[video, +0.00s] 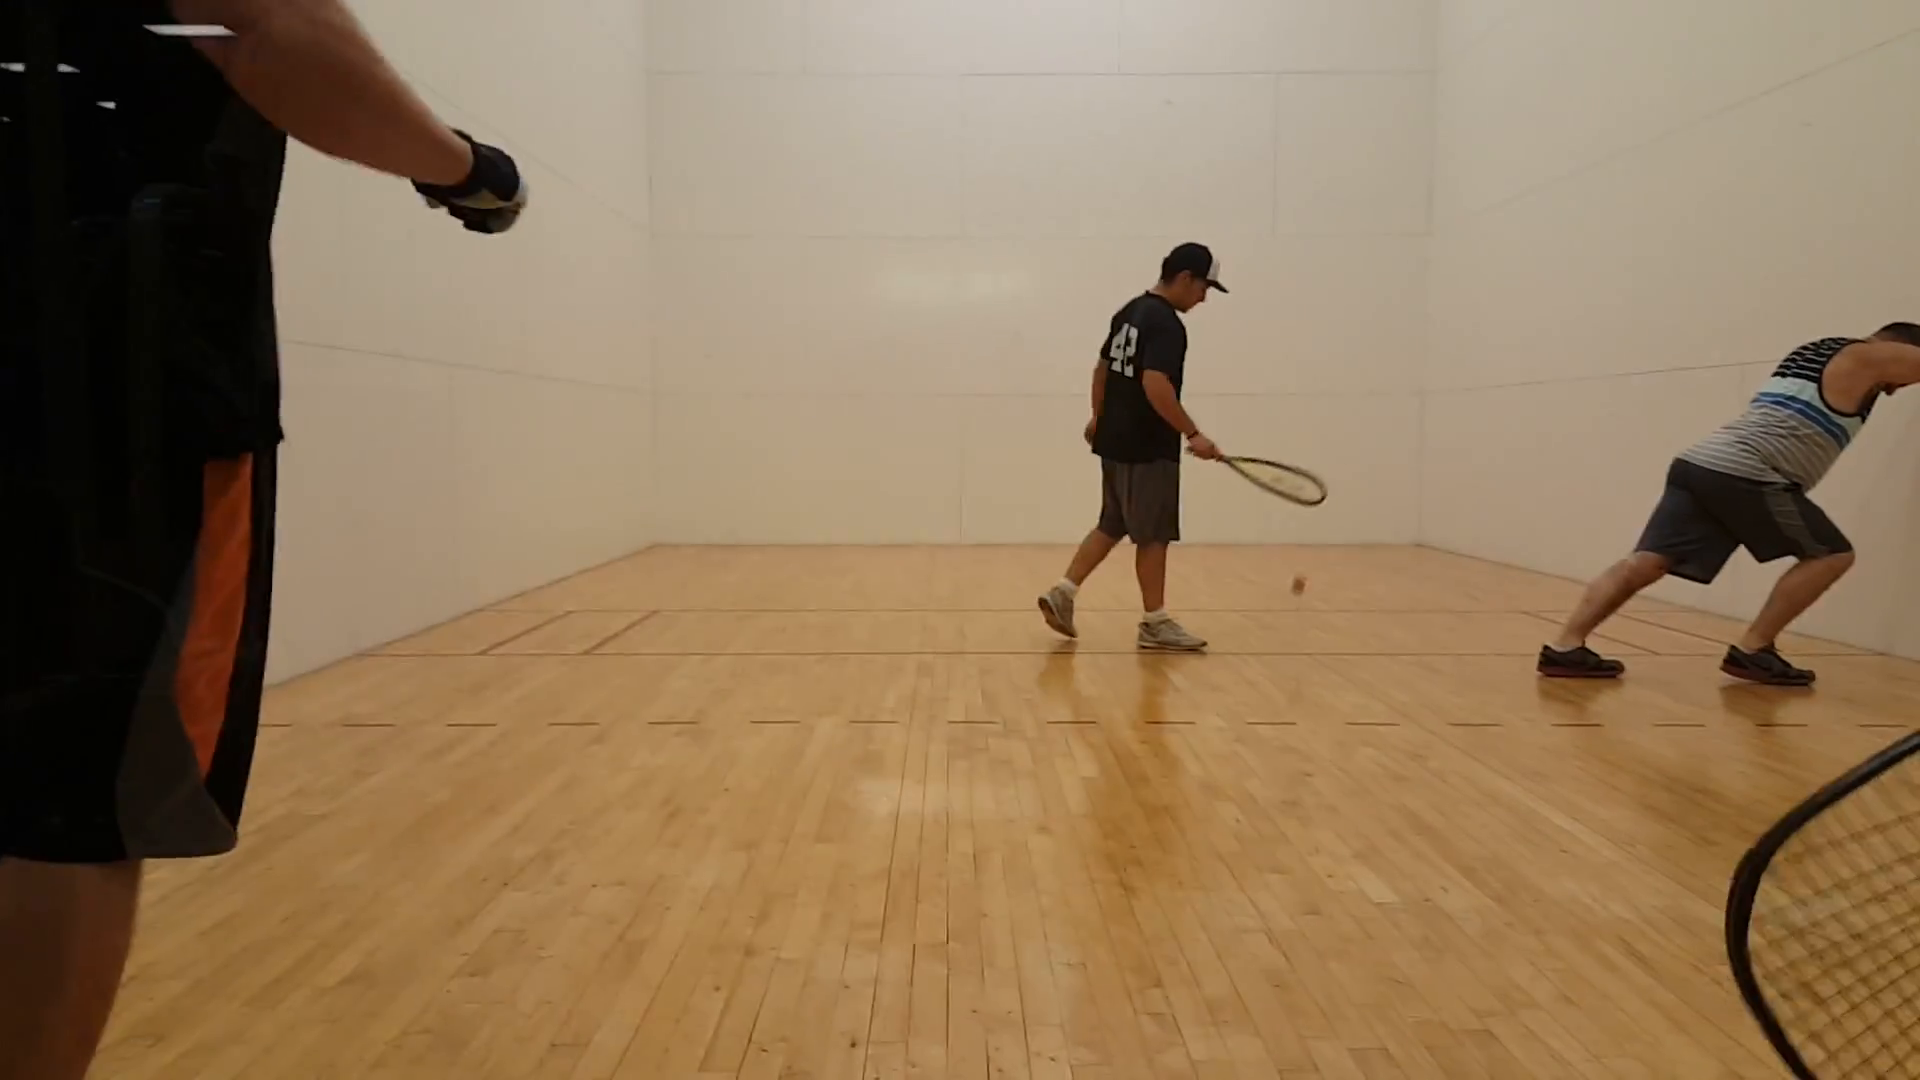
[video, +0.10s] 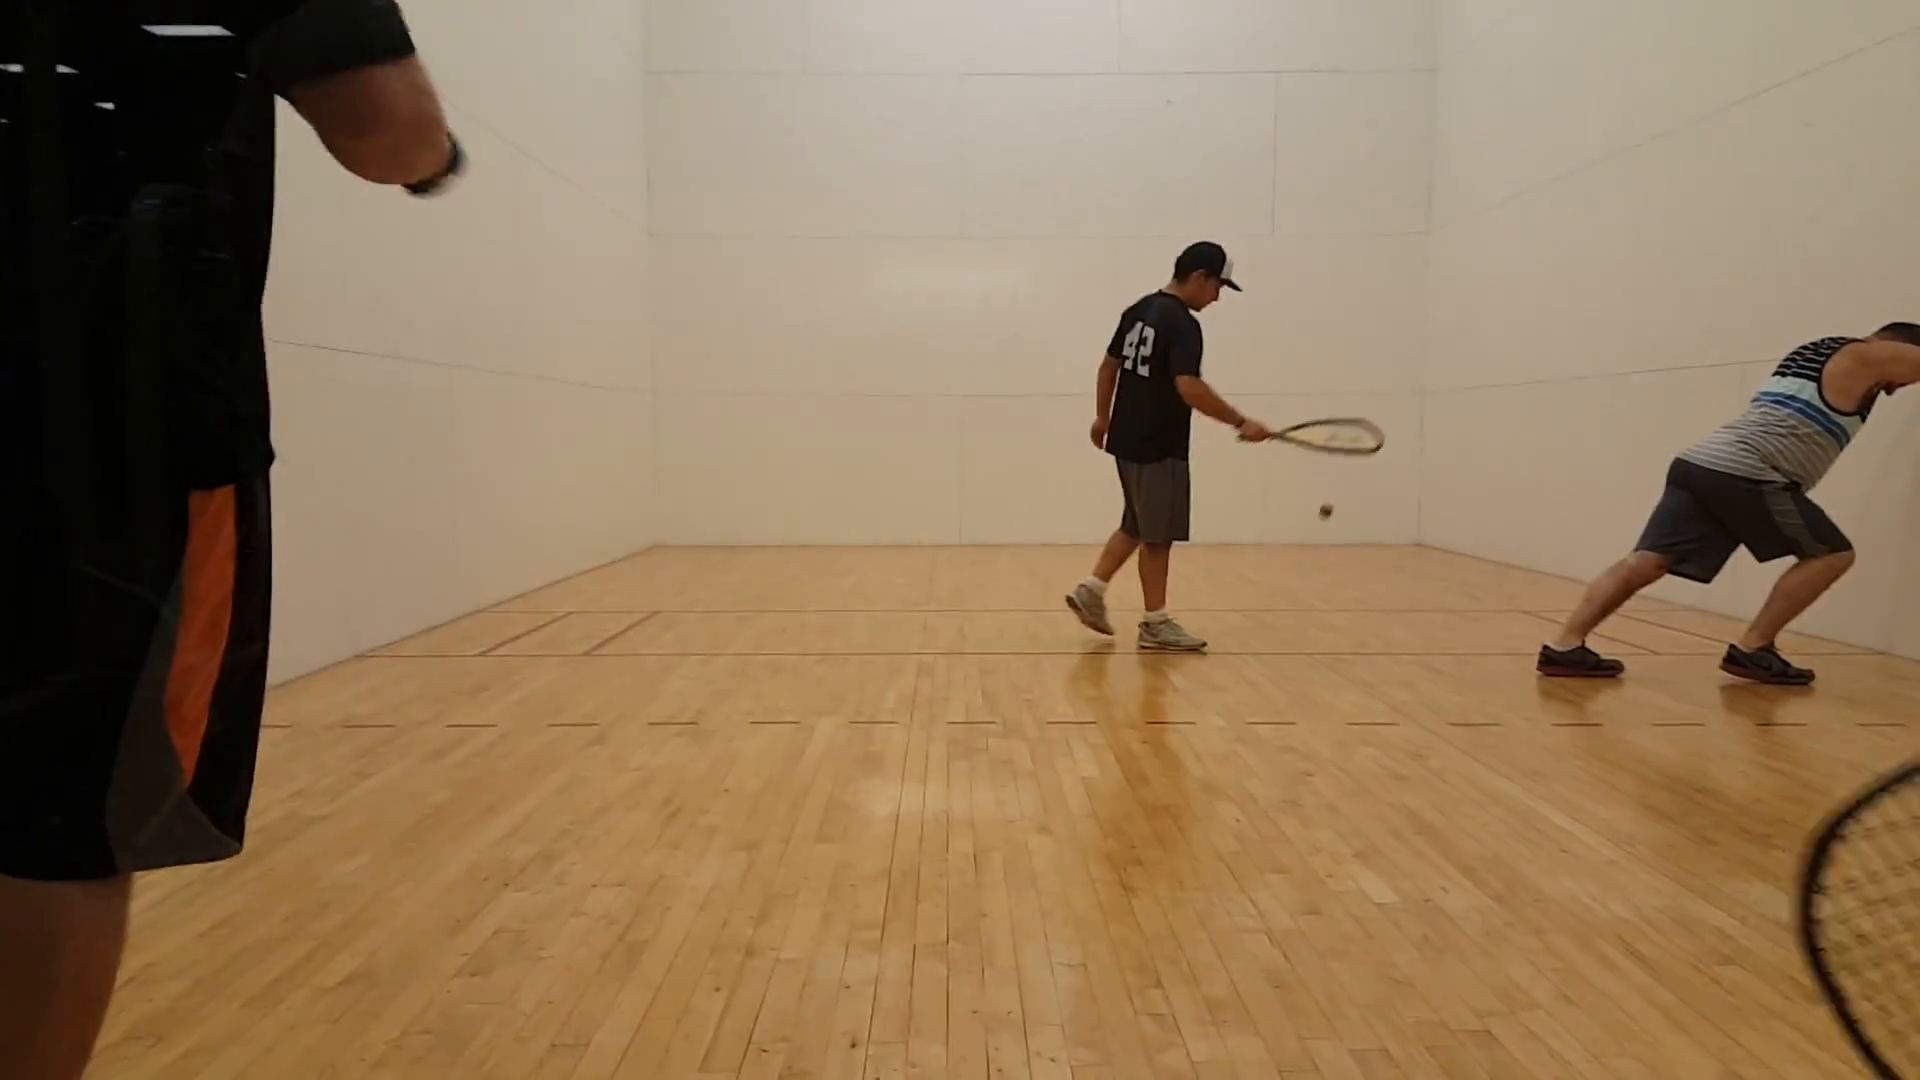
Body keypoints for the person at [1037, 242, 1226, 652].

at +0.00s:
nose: (1203, 297)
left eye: (1206, 289)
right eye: (1202, 287)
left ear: (1175, 278)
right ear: (1184, 279)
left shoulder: (1131, 310)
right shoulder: (1167, 324)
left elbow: (1102, 368)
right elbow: (1156, 384)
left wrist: (1098, 415)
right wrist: (1193, 433)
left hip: (1115, 442)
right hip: (1149, 448)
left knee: (1112, 522)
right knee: (1153, 533)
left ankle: (1064, 592)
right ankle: (1156, 620)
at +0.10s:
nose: (1217, 296)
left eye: (1220, 288)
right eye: (1217, 286)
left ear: (1186, 276)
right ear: (1198, 277)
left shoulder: (1139, 309)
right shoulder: (1183, 324)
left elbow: (1109, 367)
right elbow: (1189, 388)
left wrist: (1102, 416)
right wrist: (1240, 420)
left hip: (1126, 440)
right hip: (1158, 449)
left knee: (1136, 522)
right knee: (1158, 534)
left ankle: (1092, 588)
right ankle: (1156, 622)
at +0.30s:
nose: (1239, 293)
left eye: (1242, 285)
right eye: (1238, 283)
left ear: (1209, 277)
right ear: (1219, 277)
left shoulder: (1160, 312)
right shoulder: (1216, 324)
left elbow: (1130, 371)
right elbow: (1253, 378)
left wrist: (1139, 419)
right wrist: (1306, 398)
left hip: (1153, 441)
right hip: (1182, 446)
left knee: (1180, 529)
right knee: (1168, 534)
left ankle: (1188, 608)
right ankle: (1156, 622)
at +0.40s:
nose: (1248, 296)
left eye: (1250, 287)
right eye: (1246, 286)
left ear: (1216, 279)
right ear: (1226, 279)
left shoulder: (1170, 317)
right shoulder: (1227, 326)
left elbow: (1144, 378)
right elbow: (1260, 383)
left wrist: (1163, 421)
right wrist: (1305, 416)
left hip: (1170, 443)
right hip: (1199, 448)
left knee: (1201, 530)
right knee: (1180, 532)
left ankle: (1217, 611)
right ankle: (1157, 620)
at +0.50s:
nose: (1257, 297)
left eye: (1259, 289)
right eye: (1256, 288)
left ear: (1227, 280)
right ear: (1236, 280)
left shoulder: (1182, 321)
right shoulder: (1233, 328)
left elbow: (1162, 383)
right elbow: (1253, 391)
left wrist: (1187, 423)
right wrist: (1288, 437)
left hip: (1188, 448)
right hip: (1217, 451)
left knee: (1218, 531)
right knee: (1198, 533)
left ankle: (1224, 613)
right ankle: (1163, 616)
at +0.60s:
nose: (1267, 293)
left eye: (1269, 285)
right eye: (1265, 283)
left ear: (1236, 278)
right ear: (1245, 277)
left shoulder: (1196, 319)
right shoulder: (1238, 321)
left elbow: (1182, 382)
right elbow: (1236, 381)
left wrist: (1215, 415)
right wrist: (1253, 441)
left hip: (1202, 444)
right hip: (1225, 446)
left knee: (1226, 529)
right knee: (1227, 529)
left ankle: (1225, 613)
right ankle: (1179, 602)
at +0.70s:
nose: (1276, 291)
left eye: (1278, 283)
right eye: (1274, 281)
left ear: (1249, 275)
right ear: (1254, 275)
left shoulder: (1220, 314)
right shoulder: (1236, 317)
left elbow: (1226, 381)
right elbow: (1222, 375)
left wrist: (1265, 407)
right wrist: (1228, 435)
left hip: (1220, 443)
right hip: (1239, 444)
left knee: (1232, 526)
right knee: (1257, 522)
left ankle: (1225, 609)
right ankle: (1204, 596)